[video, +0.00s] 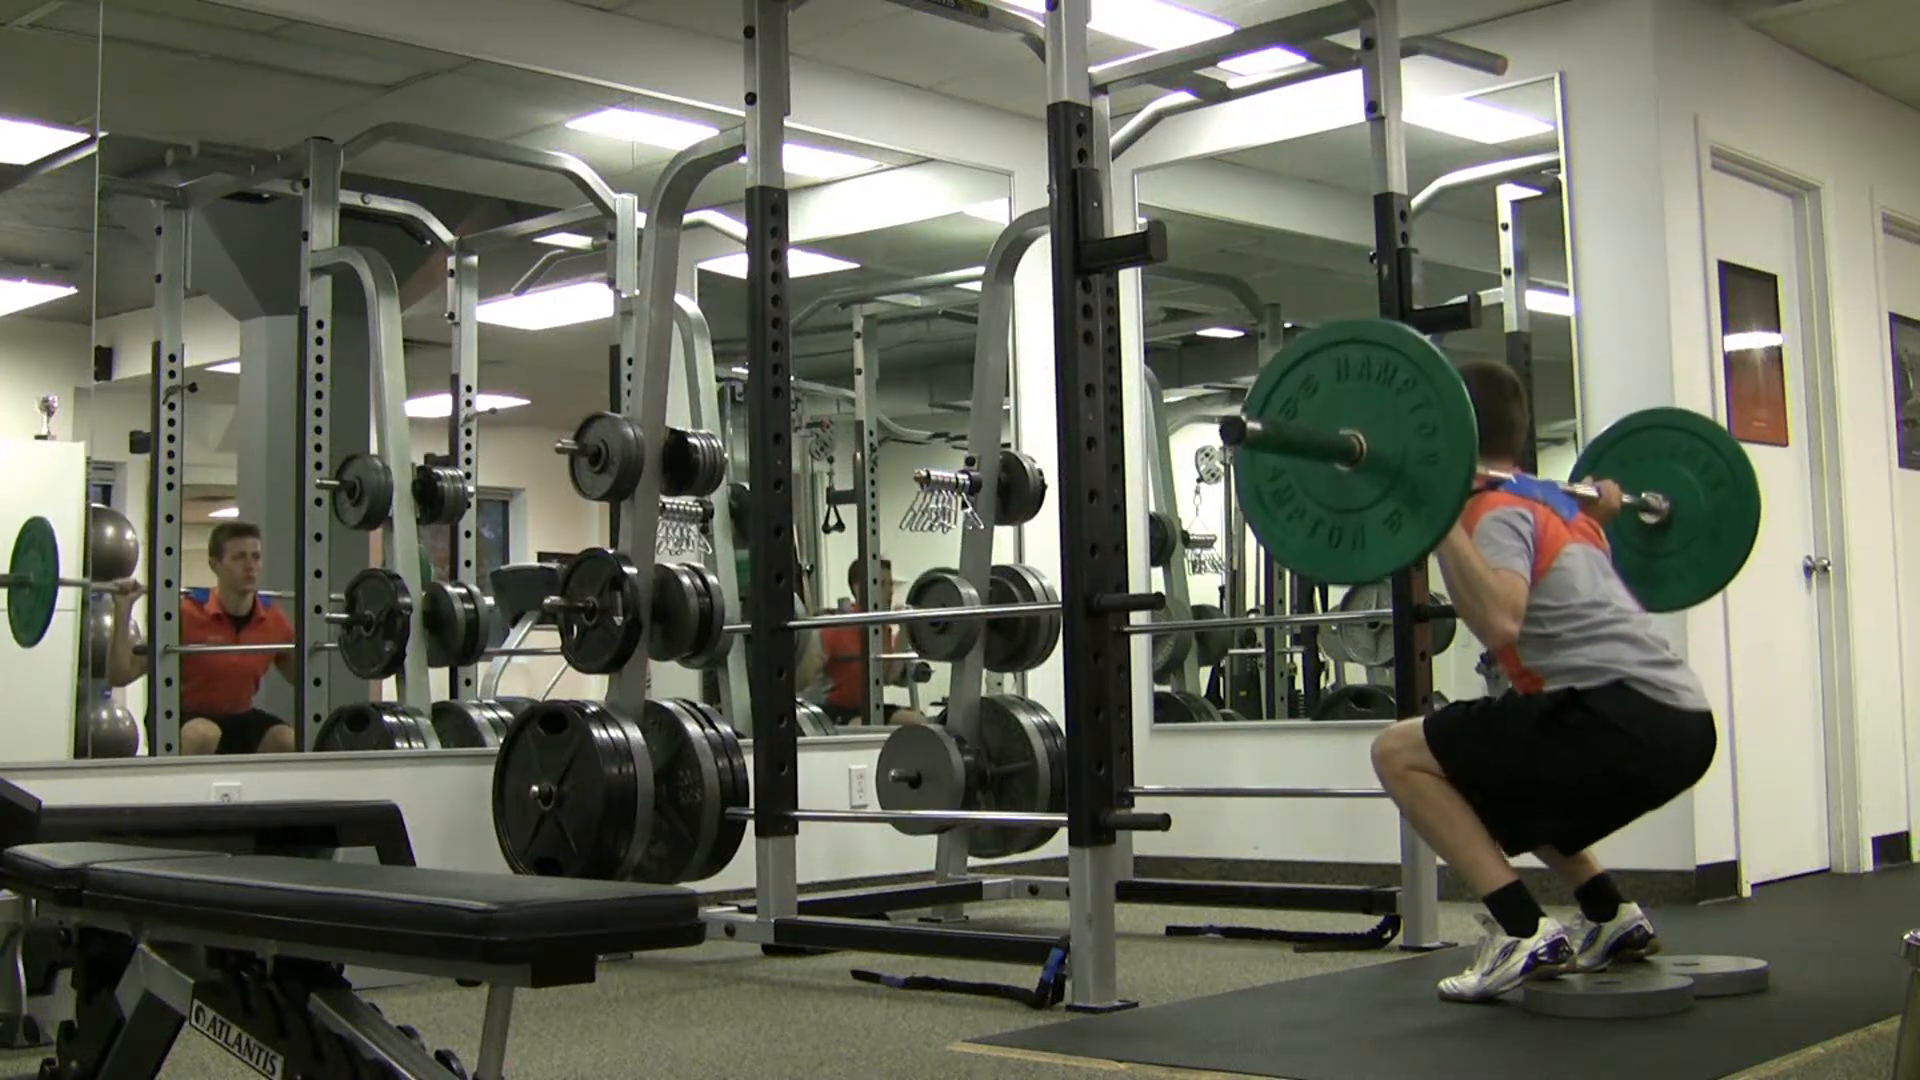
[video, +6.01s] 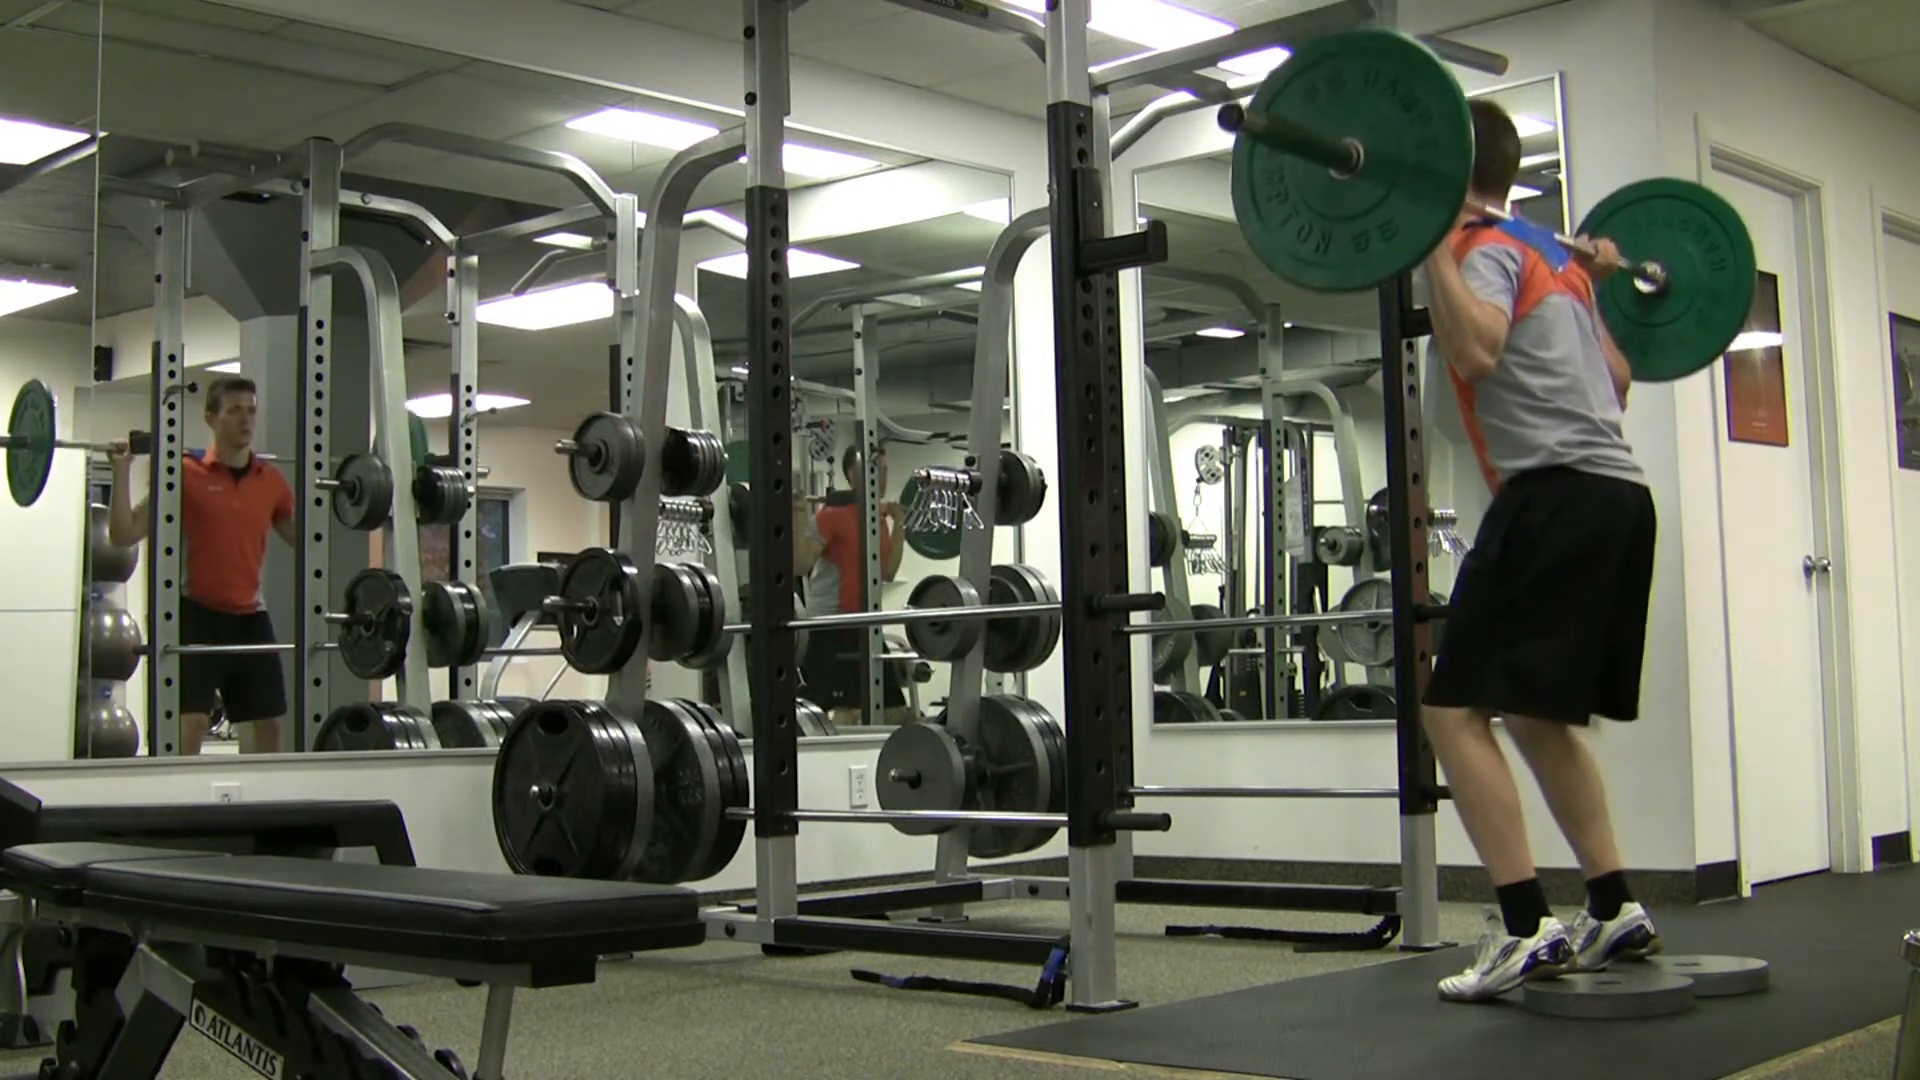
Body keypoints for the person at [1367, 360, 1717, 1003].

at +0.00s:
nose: (1434, 436)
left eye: (1439, 423)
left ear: (1449, 435)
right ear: (1523, 437)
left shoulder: (1497, 510)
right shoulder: (1564, 503)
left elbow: (1499, 622)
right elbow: (1586, 542)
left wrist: (1436, 514)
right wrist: (1599, 509)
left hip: (1619, 715)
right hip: (1682, 726)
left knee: (1399, 752)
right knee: (1501, 776)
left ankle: (1523, 931)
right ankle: (1611, 913)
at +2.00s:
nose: (1439, 157)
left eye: (1445, 135)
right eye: (1452, 133)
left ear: (1467, 146)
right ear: (1521, 148)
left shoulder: (1499, 222)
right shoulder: (1568, 233)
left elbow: (1492, 329)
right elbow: (1623, 362)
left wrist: (1443, 222)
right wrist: (1605, 257)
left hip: (1547, 483)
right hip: (1612, 485)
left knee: (1476, 705)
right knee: (1561, 709)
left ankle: (1527, 928)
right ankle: (1617, 910)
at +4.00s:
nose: (1427, 348)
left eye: (1431, 333)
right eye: (1427, 335)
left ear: (1450, 339)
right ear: (1511, 340)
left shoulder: (1493, 407)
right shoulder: (1557, 409)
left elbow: (1492, 521)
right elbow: (1603, 504)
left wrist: (1431, 419)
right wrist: (1592, 422)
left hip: (1601, 620)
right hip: (1677, 622)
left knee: (1416, 739)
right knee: (1511, 761)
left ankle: (1522, 927)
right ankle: (1613, 911)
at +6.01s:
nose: (1429, 186)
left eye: (1433, 165)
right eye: (1437, 166)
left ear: (1452, 171)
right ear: (1510, 177)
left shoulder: (1486, 247)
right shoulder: (1559, 257)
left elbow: (1476, 353)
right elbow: (1616, 381)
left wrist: (1430, 246)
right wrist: (1596, 276)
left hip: (1550, 498)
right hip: (1617, 501)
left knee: (1450, 707)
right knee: (1537, 709)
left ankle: (1524, 929)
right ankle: (1614, 909)